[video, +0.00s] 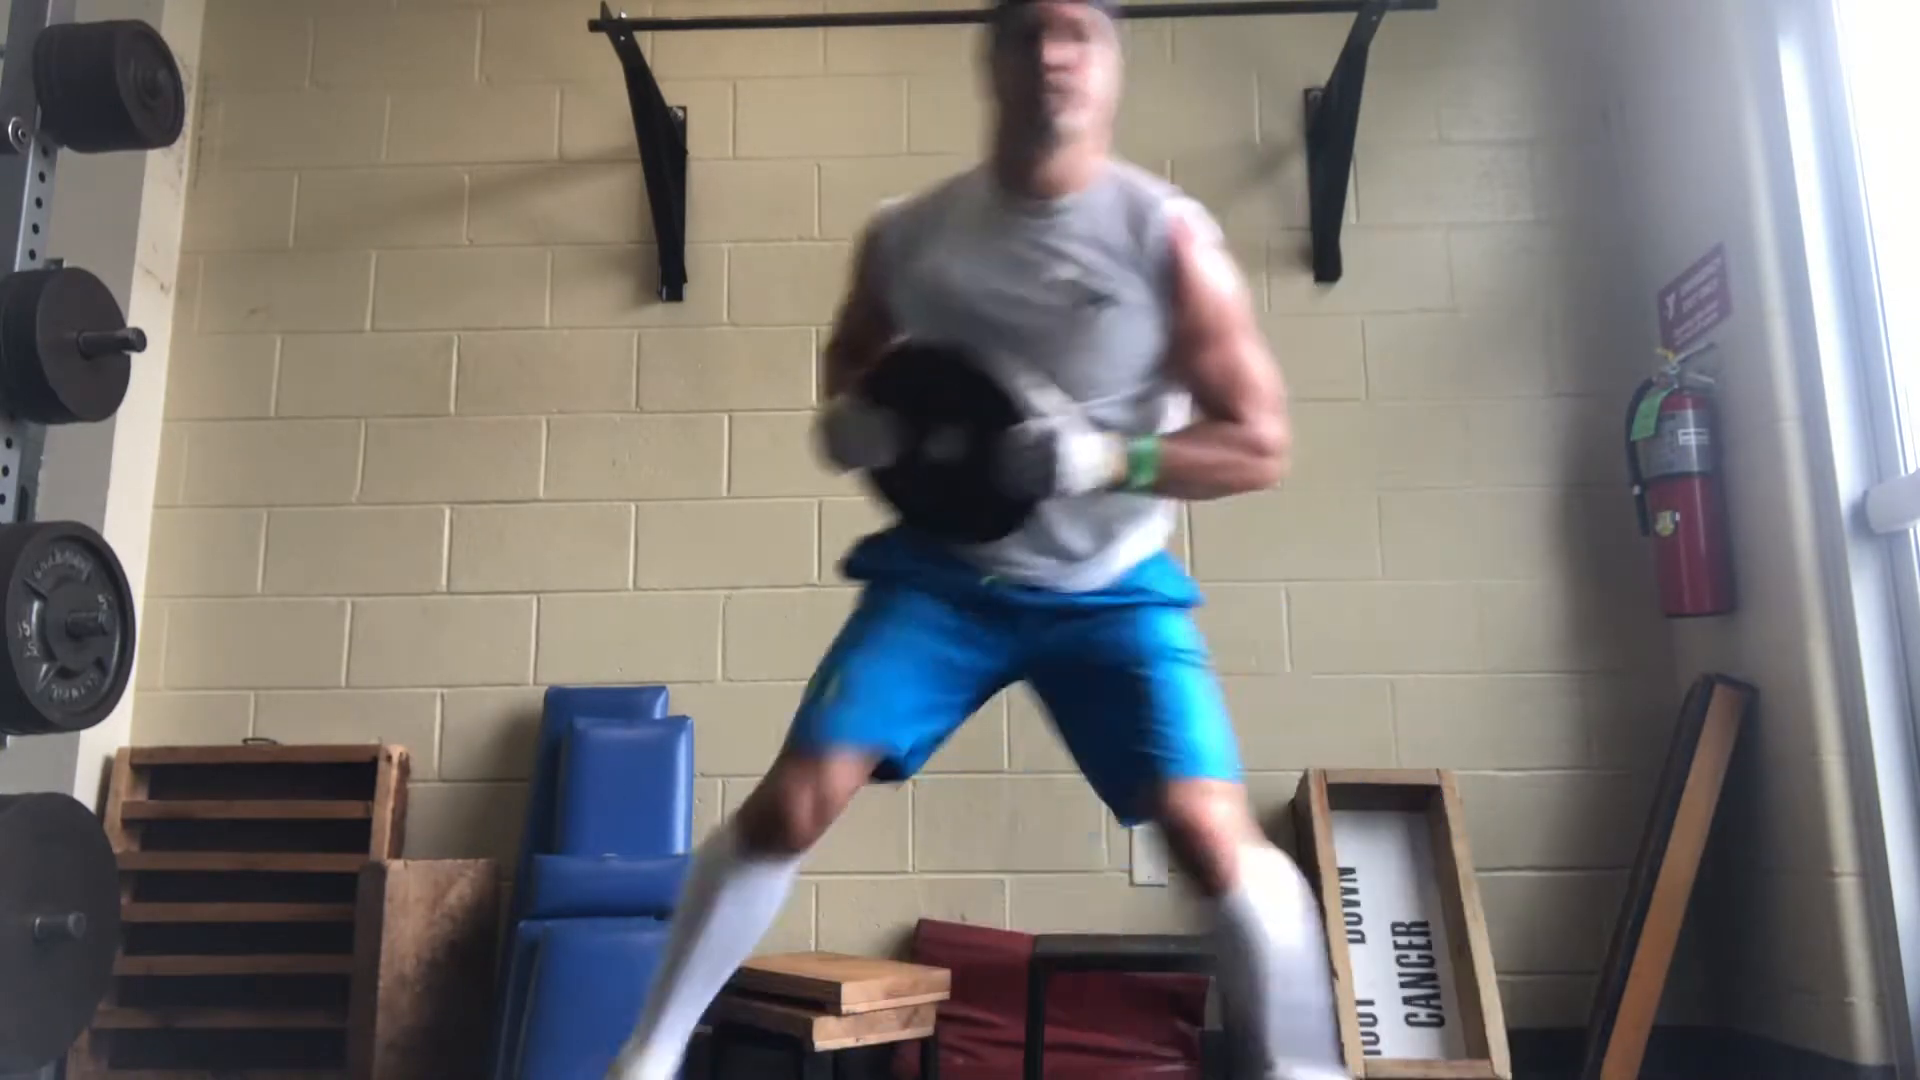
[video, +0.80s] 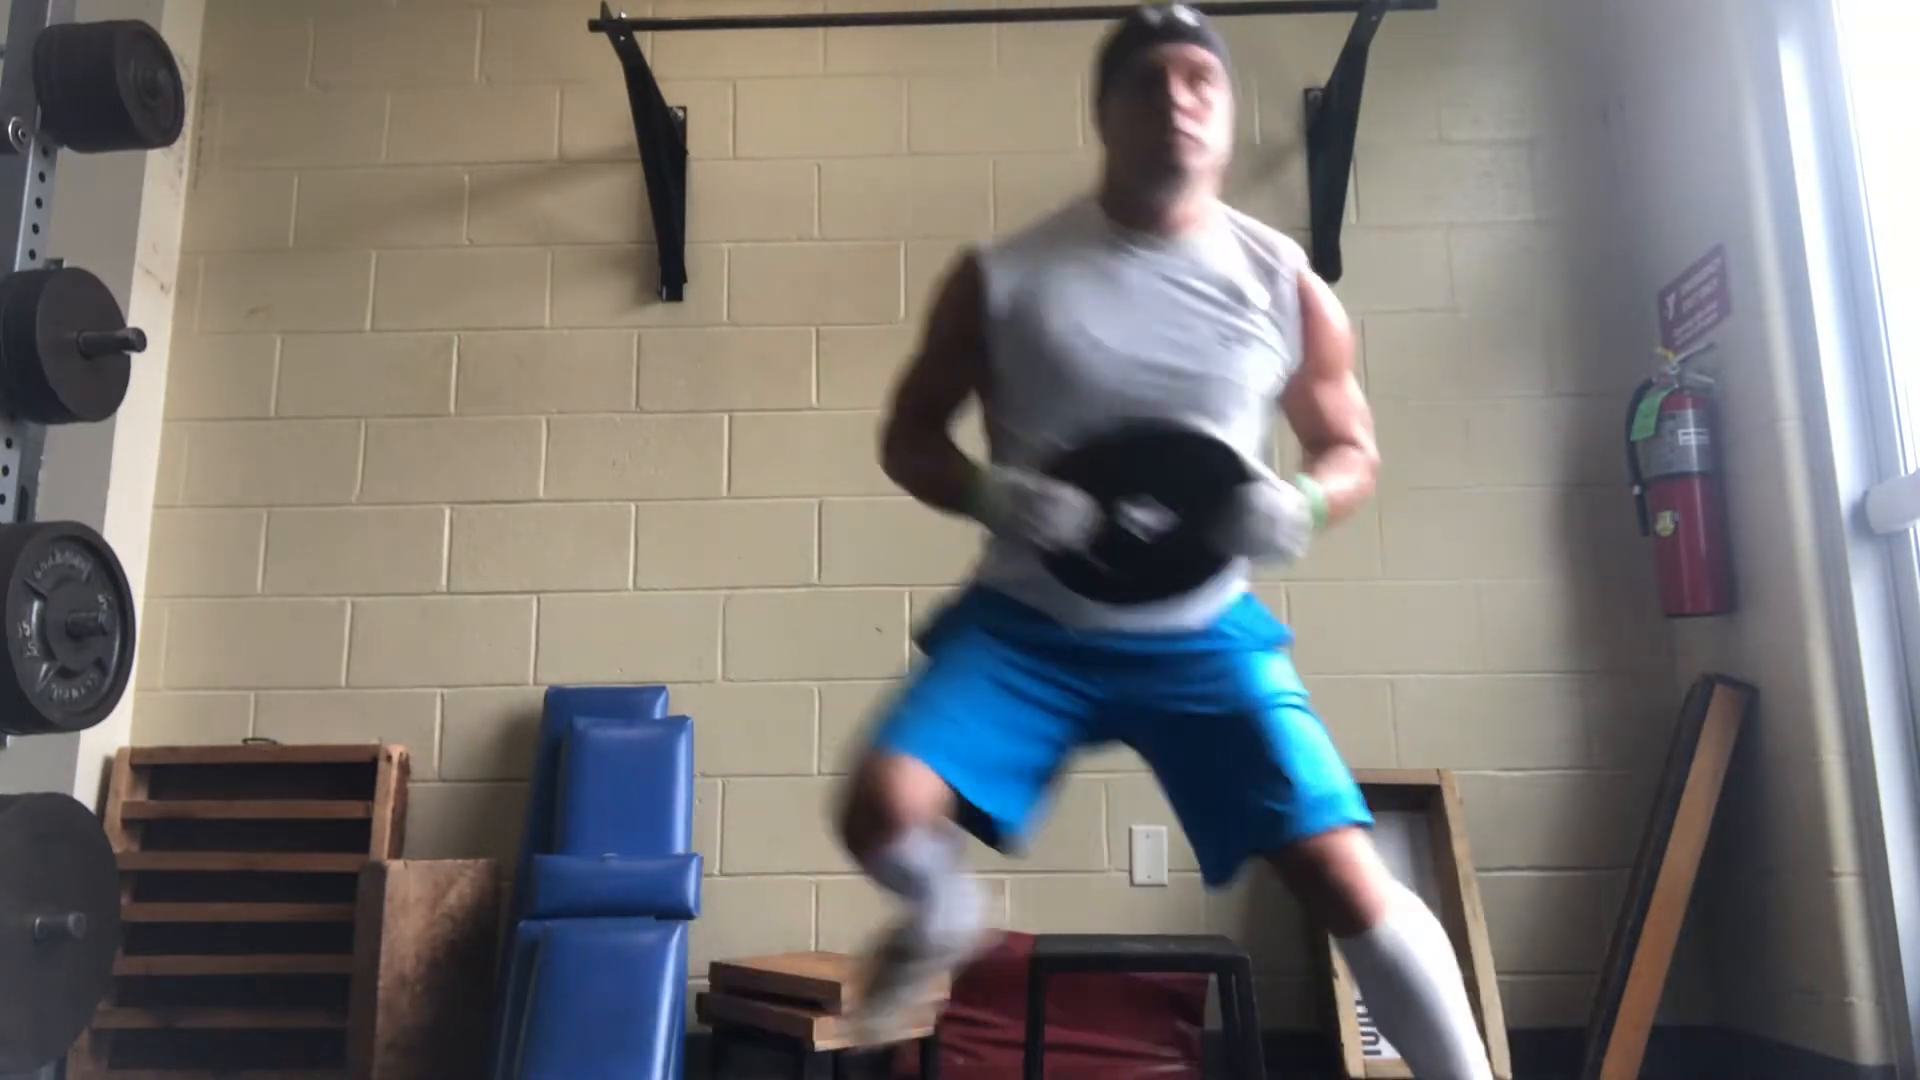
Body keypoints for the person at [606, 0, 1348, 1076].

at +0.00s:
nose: (1053, 57)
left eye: (1079, 35)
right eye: (1028, 34)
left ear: (1113, 66)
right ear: (992, 62)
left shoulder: (1169, 235)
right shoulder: (906, 240)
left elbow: (1261, 446)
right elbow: (840, 414)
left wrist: (1100, 456)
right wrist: (877, 429)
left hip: (1118, 594)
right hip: (941, 582)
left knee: (1209, 832)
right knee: (793, 805)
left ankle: (1308, 1075)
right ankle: (646, 1062)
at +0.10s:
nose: (935, 105)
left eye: (959, 83)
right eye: (913, 86)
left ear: (1001, 111)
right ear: (883, 116)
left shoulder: (1073, 277)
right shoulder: (815, 299)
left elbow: (1176, 475)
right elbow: (763, 500)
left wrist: (1026, 513)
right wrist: (803, 510)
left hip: (1024, 645)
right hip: (857, 640)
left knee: (1068, 907)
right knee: (725, 883)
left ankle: (1004, 1026)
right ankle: (631, 1073)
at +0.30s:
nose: (852, 149)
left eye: (875, 125)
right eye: (826, 131)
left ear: (918, 154)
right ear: (799, 168)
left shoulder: (1014, 302)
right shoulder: (752, 352)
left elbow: (1157, 452)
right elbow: (728, 503)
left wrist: (1058, 519)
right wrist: (773, 552)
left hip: (998, 662)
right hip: (830, 663)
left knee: (1017, 886)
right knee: (703, 889)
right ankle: (627, 1077)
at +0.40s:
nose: (931, 99)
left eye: (953, 75)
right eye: (905, 80)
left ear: (993, 100)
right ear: (875, 112)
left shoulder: (1081, 250)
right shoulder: (811, 285)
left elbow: (1229, 378)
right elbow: (773, 451)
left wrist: (1158, 455)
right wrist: (854, 468)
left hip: (1067, 607)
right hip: (892, 624)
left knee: (1169, 811)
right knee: (770, 862)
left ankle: (1290, 1031)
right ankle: (654, 1073)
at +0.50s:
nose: (1052, 71)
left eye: (1073, 46)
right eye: (1025, 50)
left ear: (1111, 74)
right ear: (989, 81)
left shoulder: (1187, 238)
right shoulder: (902, 250)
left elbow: (1285, 364)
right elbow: (846, 428)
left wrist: (1265, 433)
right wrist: (958, 453)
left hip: (1137, 594)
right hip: (962, 604)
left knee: (1274, 823)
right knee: (854, 846)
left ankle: (1448, 1070)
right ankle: (802, 1065)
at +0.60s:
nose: (1152, 104)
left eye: (1173, 80)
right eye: (1122, 83)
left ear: (1209, 112)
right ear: (1081, 115)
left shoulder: (1274, 278)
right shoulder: (997, 282)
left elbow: (1343, 419)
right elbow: (922, 471)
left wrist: (1334, 496)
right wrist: (1052, 516)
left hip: (1226, 650)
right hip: (1046, 658)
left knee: (1351, 865)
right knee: (975, 904)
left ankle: (1475, 1072)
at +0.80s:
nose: (1180, 100)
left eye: (1201, 82)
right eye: (1150, 82)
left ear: (1229, 122)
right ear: (1103, 117)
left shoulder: (1282, 286)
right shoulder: (1001, 280)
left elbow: (1353, 452)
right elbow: (907, 440)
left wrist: (1303, 503)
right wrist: (995, 496)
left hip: (1206, 642)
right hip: (1027, 632)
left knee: (1344, 878)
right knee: (882, 803)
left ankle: (1468, 1074)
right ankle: (945, 923)